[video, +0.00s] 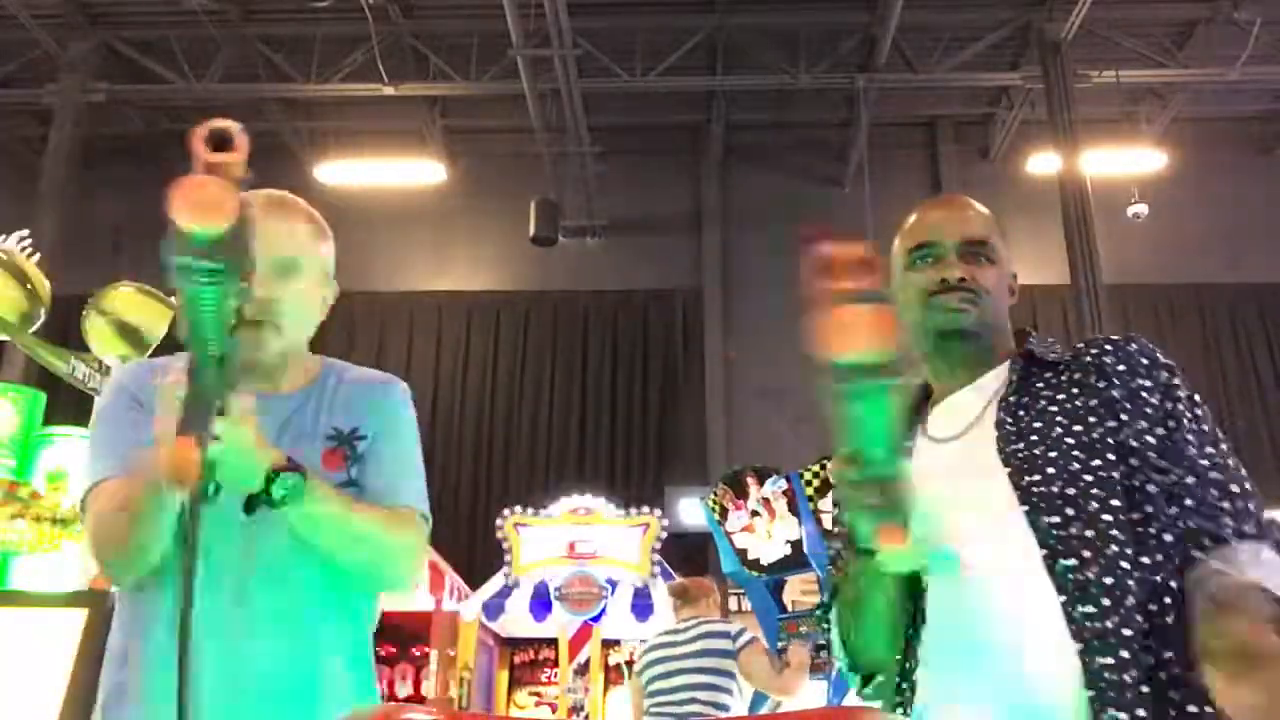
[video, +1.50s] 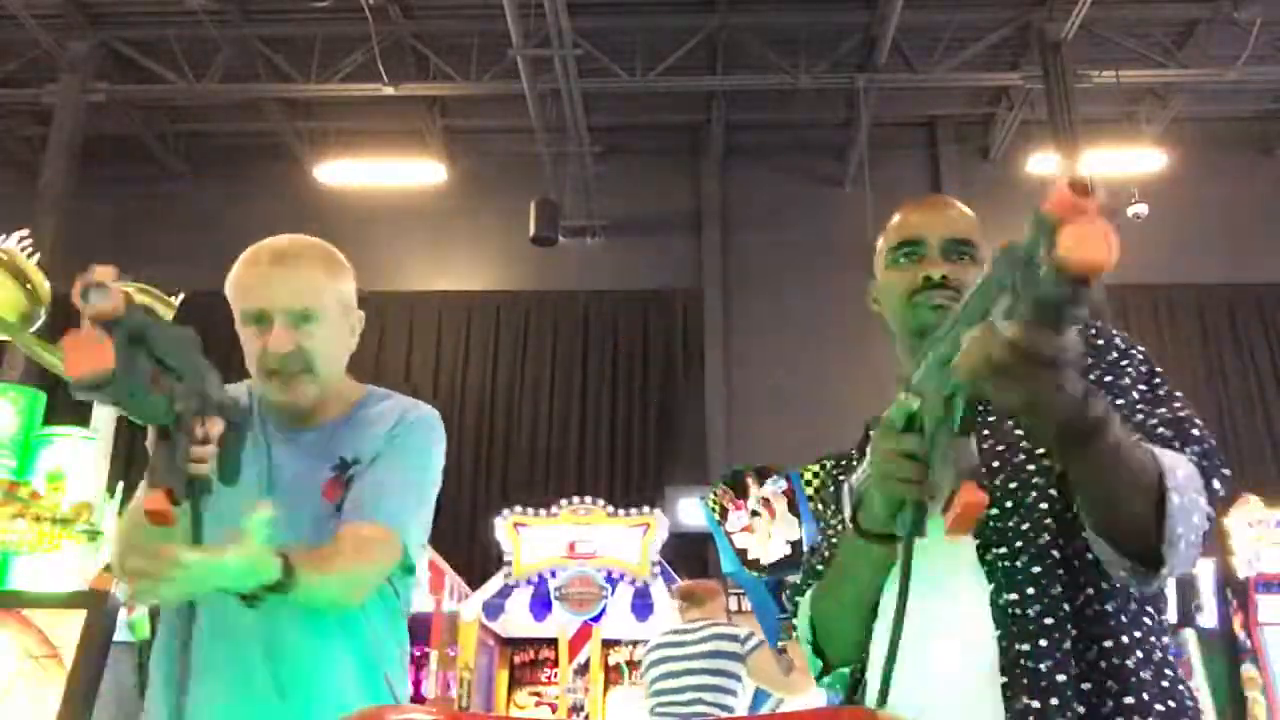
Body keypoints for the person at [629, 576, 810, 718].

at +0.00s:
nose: (721, 609)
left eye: (720, 604)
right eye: (720, 603)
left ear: (675, 610)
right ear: (712, 601)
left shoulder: (647, 649)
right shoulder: (730, 633)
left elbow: (638, 715)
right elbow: (787, 687)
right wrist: (800, 659)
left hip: (660, 716)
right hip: (707, 713)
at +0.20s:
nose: (721, 609)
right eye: (720, 603)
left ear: (677, 609)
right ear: (713, 601)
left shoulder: (647, 647)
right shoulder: (730, 633)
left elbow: (638, 711)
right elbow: (774, 694)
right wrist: (790, 661)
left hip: (658, 714)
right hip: (710, 713)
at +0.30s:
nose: (720, 610)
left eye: (720, 604)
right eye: (719, 604)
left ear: (677, 610)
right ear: (712, 602)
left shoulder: (647, 647)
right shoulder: (729, 632)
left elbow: (637, 712)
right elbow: (751, 690)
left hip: (657, 715)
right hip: (705, 713)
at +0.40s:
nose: (721, 612)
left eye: (719, 605)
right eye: (719, 605)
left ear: (675, 609)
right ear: (715, 601)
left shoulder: (646, 647)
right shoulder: (729, 632)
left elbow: (637, 713)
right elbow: (754, 695)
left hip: (657, 714)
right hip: (708, 713)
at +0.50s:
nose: (721, 607)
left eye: (717, 599)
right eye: (716, 598)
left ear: (673, 607)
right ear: (706, 599)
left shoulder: (647, 647)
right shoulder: (727, 631)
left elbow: (637, 712)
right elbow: (776, 693)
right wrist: (790, 665)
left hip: (656, 715)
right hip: (706, 713)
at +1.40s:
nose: (728, 611)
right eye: (725, 605)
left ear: (679, 612)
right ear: (721, 602)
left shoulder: (654, 646)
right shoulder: (736, 636)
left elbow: (649, 699)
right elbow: (795, 687)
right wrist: (794, 648)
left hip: (661, 714)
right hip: (713, 711)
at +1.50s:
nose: (728, 611)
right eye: (725, 605)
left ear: (681, 612)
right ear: (723, 605)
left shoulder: (654, 645)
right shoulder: (738, 636)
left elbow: (650, 699)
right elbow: (797, 686)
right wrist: (796, 652)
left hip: (661, 715)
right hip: (711, 713)